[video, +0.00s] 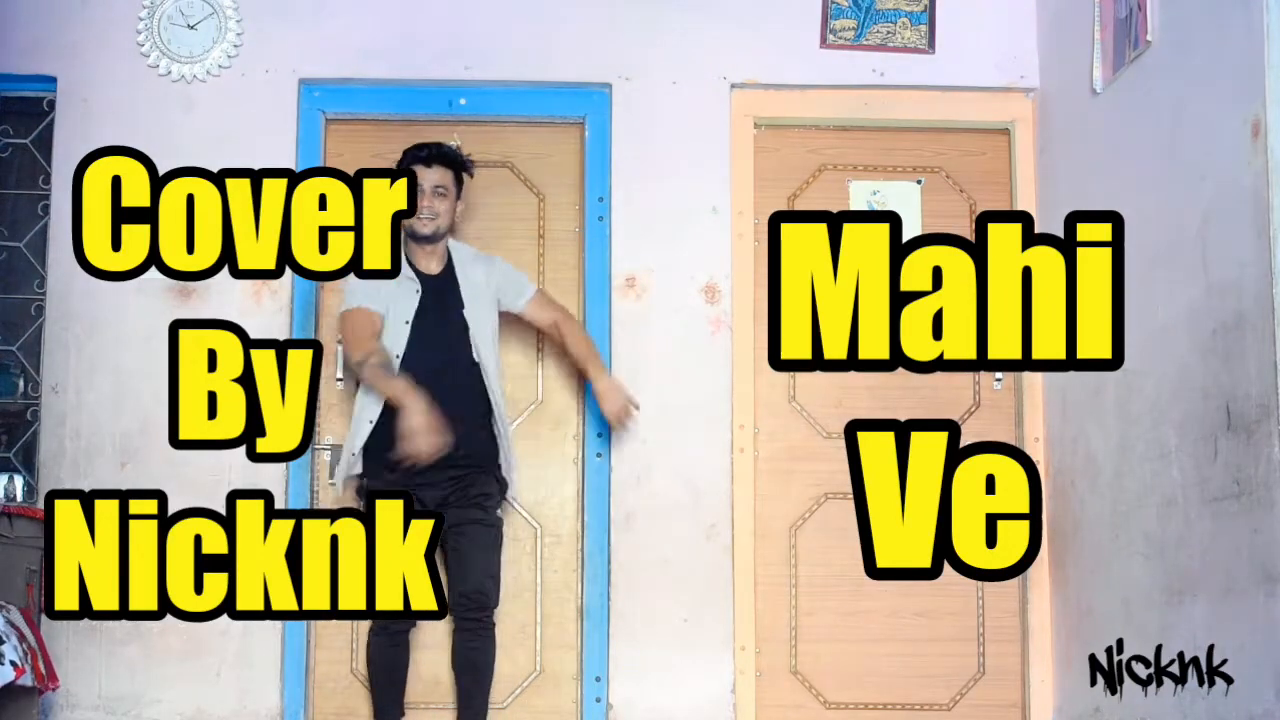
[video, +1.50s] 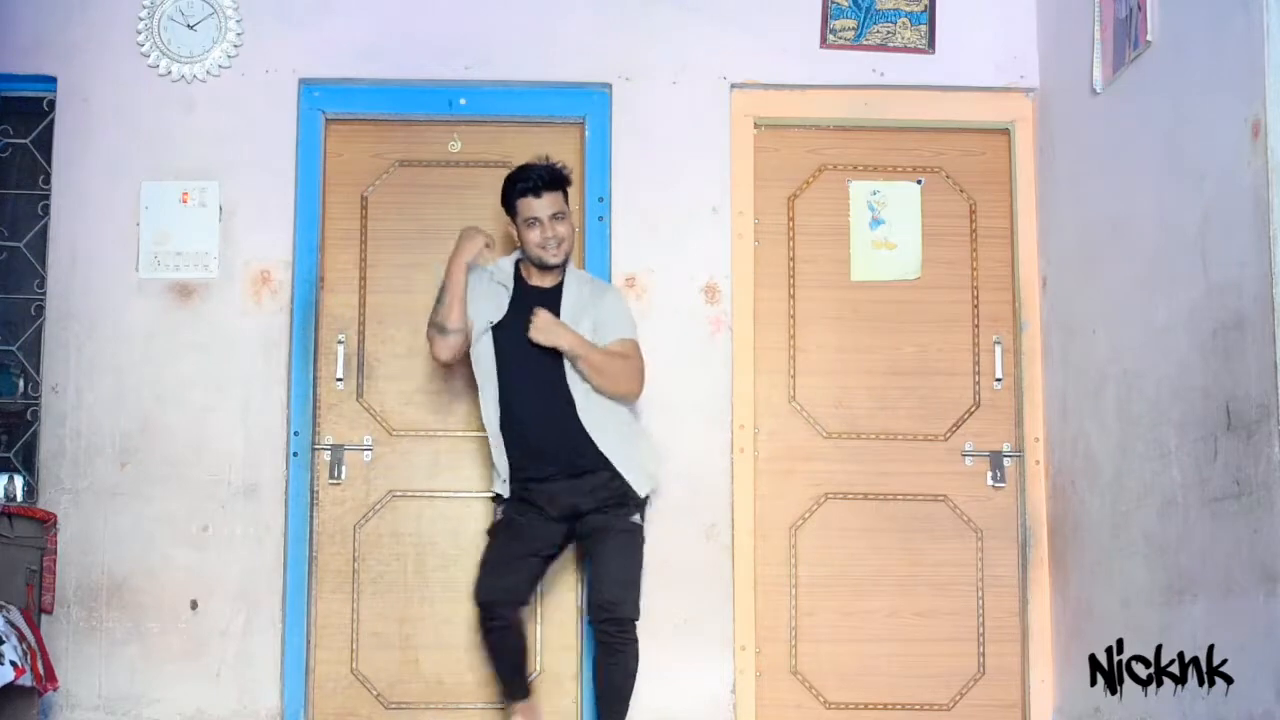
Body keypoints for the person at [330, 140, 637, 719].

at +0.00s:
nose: (427, 201)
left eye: (439, 191)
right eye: (416, 190)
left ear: (458, 201)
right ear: (398, 199)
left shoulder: (485, 271)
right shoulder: (372, 274)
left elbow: (559, 320)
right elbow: (360, 349)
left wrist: (601, 380)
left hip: (473, 472)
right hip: (395, 476)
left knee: (476, 611)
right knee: (393, 613)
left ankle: (473, 718)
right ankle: (387, 717)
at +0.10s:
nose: (424, 206)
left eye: (436, 195)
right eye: (414, 194)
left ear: (453, 204)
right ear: (394, 201)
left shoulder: (481, 267)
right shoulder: (369, 276)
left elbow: (549, 333)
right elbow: (380, 363)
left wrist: (559, 305)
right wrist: (456, 331)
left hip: (466, 474)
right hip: (388, 478)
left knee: (488, 594)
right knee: (383, 611)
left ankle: (470, 711)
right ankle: (384, 717)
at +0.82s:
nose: (466, 238)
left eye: (480, 230)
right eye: (457, 222)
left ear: (493, 237)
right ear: (436, 222)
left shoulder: (505, 285)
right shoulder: (407, 312)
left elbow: (572, 334)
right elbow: (420, 406)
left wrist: (557, 259)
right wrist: (479, 339)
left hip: (513, 490)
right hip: (435, 499)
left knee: (570, 585)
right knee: (417, 628)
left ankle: (544, 713)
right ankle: (404, 719)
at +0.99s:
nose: (485, 228)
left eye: (501, 220)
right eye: (477, 213)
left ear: (513, 226)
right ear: (457, 210)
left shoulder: (527, 272)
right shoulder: (426, 295)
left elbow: (598, 310)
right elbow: (449, 385)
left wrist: (629, 243)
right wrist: (538, 354)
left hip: (548, 484)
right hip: (468, 495)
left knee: (593, 601)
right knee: (437, 625)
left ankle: (600, 715)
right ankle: (412, 716)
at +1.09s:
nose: (497, 225)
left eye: (511, 215)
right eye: (487, 209)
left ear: (525, 219)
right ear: (467, 206)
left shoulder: (542, 269)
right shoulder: (441, 279)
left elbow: (632, 282)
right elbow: (462, 371)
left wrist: (710, 261)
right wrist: (536, 394)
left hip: (579, 469)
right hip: (501, 479)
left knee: (601, 609)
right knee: (473, 611)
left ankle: (606, 717)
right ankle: (460, 707)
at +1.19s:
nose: (515, 223)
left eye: (528, 212)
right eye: (503, 209)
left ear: (543, 220)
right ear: (484, 213)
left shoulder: (568, 282)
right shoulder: (451, 285)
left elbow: (651, 310)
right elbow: (443, 375)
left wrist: (669, 324)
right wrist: (505, 353)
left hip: (603, 473)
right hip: (527, 486)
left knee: (612, 611)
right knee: (526, 602)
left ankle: (608, 717)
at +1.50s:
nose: (549, 233)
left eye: (558, 218)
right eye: (534, 223)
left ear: (572, 219)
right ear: (514, 228)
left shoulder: (600, 297)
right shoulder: (486, 287)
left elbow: (630, 382)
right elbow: (444, 348)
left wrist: (569, 340)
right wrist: (459, 262)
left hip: (609, 488)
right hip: (530, 494)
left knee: (615, 620)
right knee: (495, 600)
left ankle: (613, 718)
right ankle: (520, 703)